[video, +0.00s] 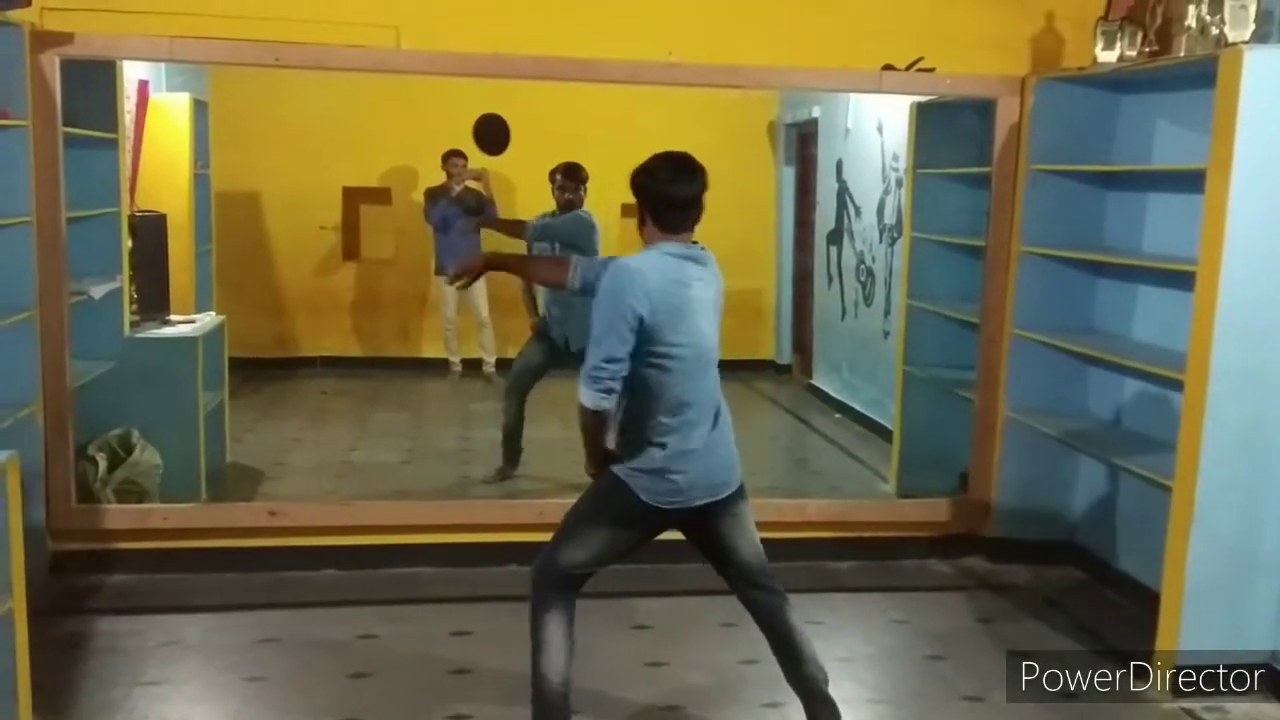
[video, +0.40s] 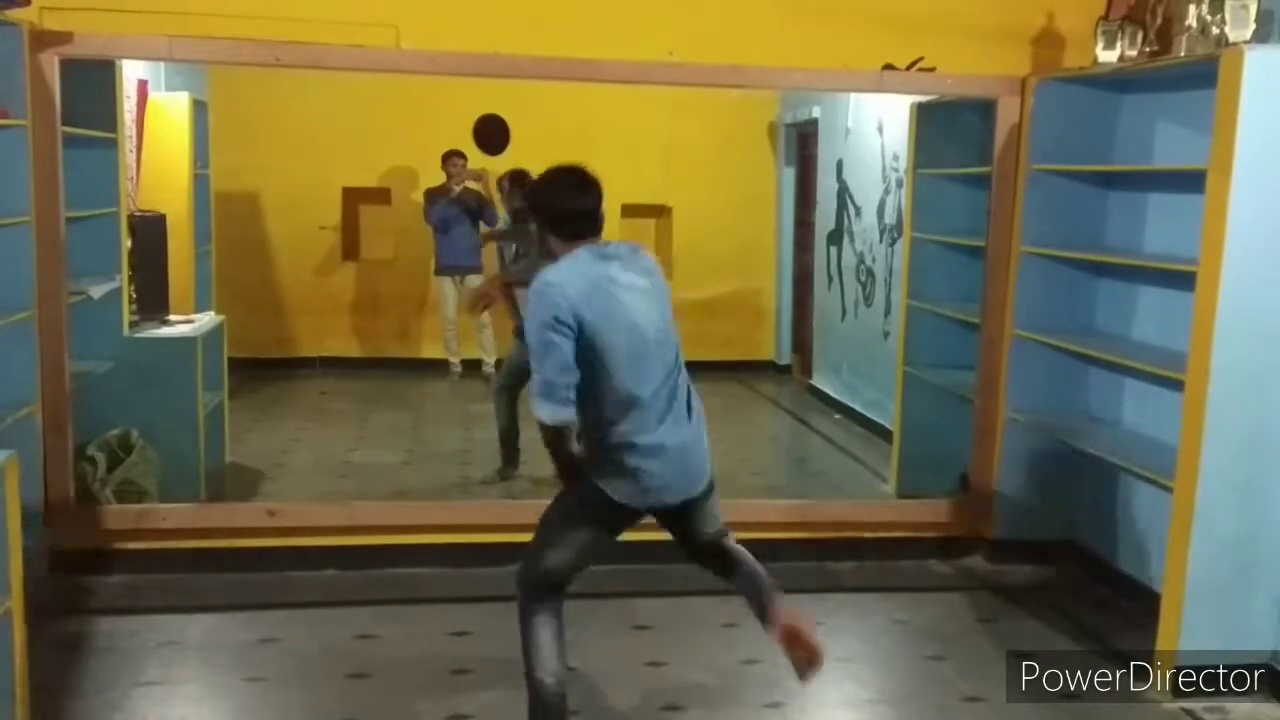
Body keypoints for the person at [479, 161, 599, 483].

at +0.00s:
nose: (565, 195)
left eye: (571, 189)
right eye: (559, 189)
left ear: (583, 191)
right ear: (552, 189)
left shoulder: (582, 224)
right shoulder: (544, 224)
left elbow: (529, 231)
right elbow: (527, 274)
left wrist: (486, 221)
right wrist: (534, 317)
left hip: (591, 335)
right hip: (553, 332)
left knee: (612, 401)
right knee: (515, 386)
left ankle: (616, 464)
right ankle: (509, 464)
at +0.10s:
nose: (543, 193)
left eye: (549, 186)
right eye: (536, 187)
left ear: (559, 188)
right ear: (526, 189)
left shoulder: (568, 221)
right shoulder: (524, 230)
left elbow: (540, 232)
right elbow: (520, 278)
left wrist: (498, 222)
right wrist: (524, 315)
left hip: (578, 330)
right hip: (543, 330)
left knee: (591, 397)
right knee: (507, 383)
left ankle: (587, 466)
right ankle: (508, 463)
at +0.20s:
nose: (508, 210)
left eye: (513, 202)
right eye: (505, 203)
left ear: (528, 203)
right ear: (503, 205)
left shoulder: (544, 240)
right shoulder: (514, 238)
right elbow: (527, 287)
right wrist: (523, 321)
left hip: (559, 336)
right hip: (535, 336)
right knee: (500, 386)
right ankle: (508, 462)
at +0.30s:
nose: (496, 217)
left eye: (501, 210)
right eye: (496, 210)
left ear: (517, 210)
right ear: (500, 211)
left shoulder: (535, 245)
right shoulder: (511, 243)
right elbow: (524, 290)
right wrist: (521, 326)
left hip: (556, 339)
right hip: (530, 340)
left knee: (585, 400)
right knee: (497, 390)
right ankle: (508, 462)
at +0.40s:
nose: (503, 197)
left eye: (507, 191)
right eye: (504, 191)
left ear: (518, 193)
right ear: (526, 192)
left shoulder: (529, 225)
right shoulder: (517, 226)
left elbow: (533, 266)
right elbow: (508, 277)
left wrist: (500, 279)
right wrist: (518, 319)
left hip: (537, 332)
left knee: (504, 386)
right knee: (559, 396)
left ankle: (509, 461)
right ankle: (573, 466)